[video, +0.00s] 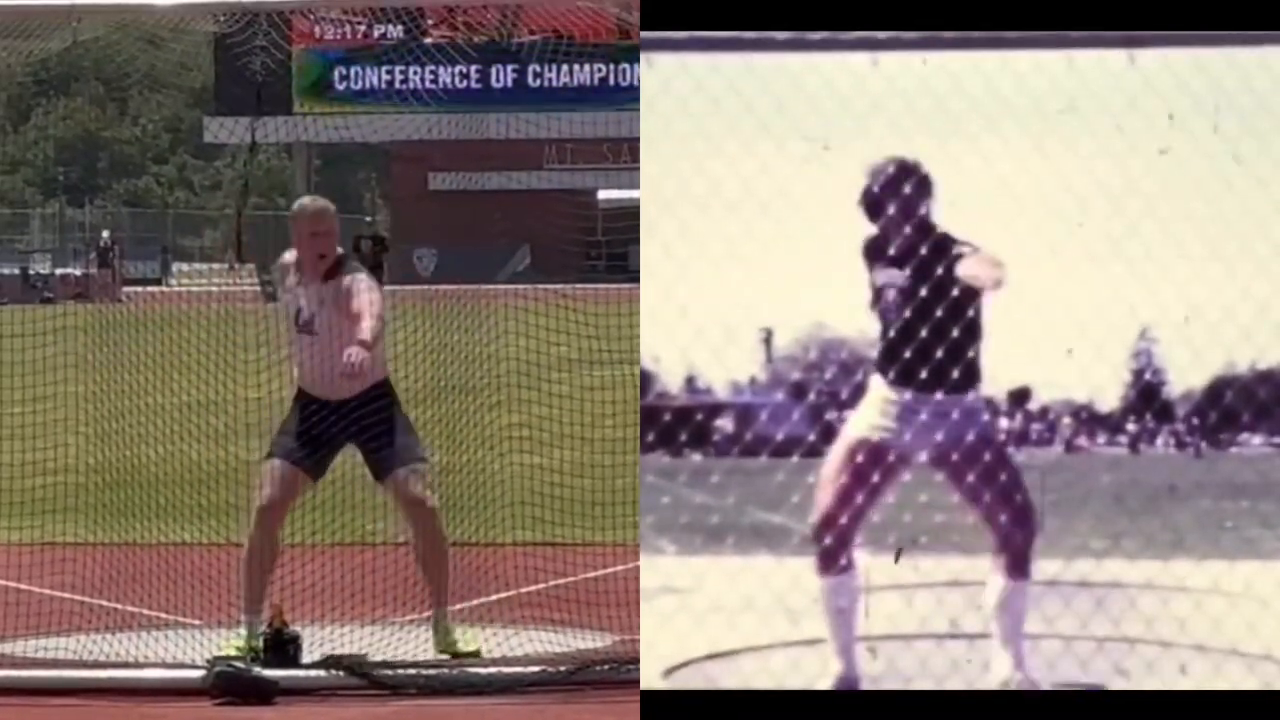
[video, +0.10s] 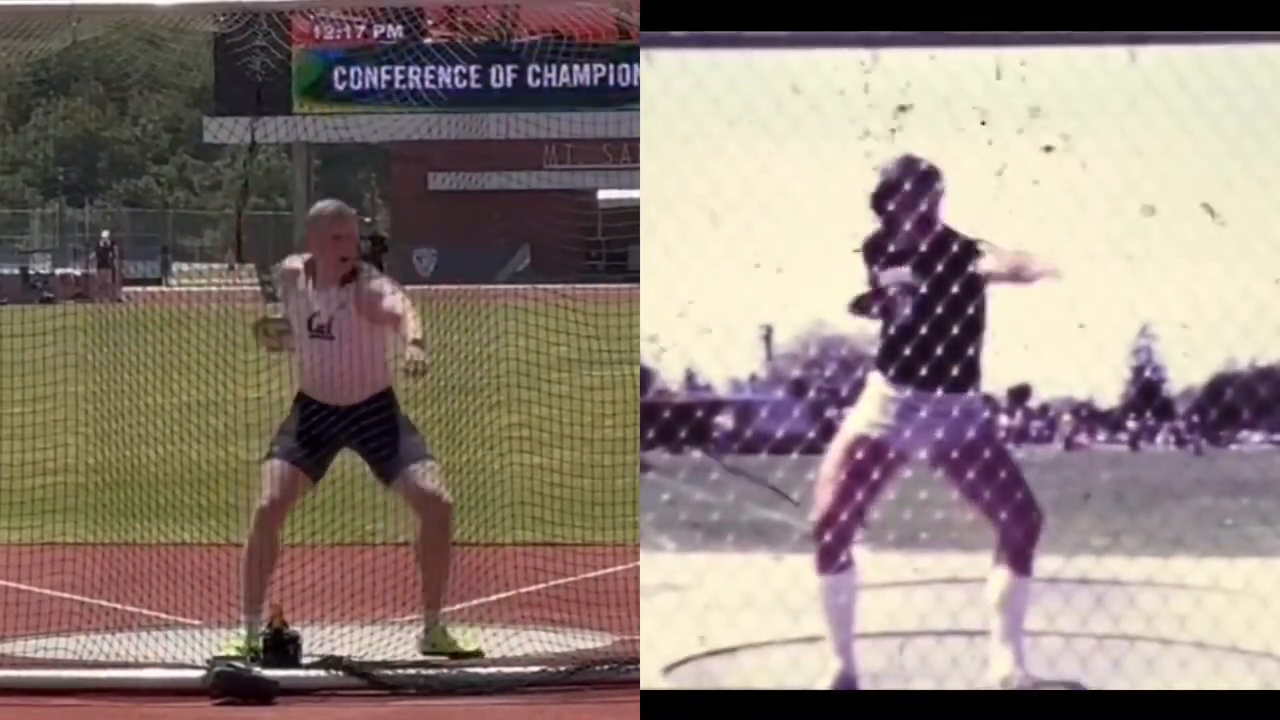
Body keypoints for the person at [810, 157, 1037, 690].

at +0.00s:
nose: (890, 225)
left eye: (899, 211)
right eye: (880, 214)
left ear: (923, 206)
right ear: (872, 213)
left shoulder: (946, 250)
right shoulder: (875, 252)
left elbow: (987, 271)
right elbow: (893, 311)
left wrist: (976, 275)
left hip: (956, 412)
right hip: (887, 407)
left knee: (1016, 526)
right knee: (829, 528)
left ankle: (1010, 667)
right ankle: (846, 669)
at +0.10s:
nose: (921, 215)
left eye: (928, 203)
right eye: (908, 205)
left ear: (939, 202)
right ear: (886, 206)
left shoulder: (958, 250)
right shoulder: (877, 250)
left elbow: (1018, 266)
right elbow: (886, 297)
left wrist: (1009, 271)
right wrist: (872, 306)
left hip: (958, 411)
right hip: (887, 405)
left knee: (1022, 521)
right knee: (830, 526)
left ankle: (1008, 668)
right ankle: (845, 669)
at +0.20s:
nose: (922, 225)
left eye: (933, 212)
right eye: (915, 212)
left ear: (954, 207)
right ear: (904, 209)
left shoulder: (986, 257)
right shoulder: (888, 250)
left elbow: (1058, 265)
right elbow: (848, 284)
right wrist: (830, 303)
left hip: (959, 418)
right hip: (888, 407)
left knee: (1026, 520)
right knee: (831, 526)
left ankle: (1007, 666)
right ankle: (840, 668)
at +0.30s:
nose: (977, 219)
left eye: (978, 209)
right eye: (969, 209)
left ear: (976, 211)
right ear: (943, 211)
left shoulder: (1004, 264)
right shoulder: (901, 256)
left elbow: (1090, 267)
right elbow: (835, 283)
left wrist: (1170, 265)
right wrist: (800, 303)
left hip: (954, 425)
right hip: (888, 412)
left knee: (1025, 527)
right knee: (837, 526)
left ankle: (1007, 666)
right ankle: (825, 666)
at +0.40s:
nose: (993, 221)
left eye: (993, 211)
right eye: (984, 211)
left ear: (979, 211)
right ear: (960, 214)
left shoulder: (1011, 267)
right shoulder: (908, 259)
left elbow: (1107, 269)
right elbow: (842, 284)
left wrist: (1190, 264)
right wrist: (796, 299)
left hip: (953, 427)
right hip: (891, 413)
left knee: (1025, 532)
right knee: (844, 528)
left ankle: (1007, 670)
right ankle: (810, 659)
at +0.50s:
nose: (1014, 221)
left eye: (1013, 211)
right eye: (1004, 212)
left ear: (995, 217)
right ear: (974, 216)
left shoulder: (1024, 268)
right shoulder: (923, 260)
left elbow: (1115, 268)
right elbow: (842, 284)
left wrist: (1197, 264)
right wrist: (774, 300)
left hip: (957, 428)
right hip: (902, 407)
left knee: (1024, 540)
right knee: (874, 523)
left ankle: (1008, 671)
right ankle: (784, 630)